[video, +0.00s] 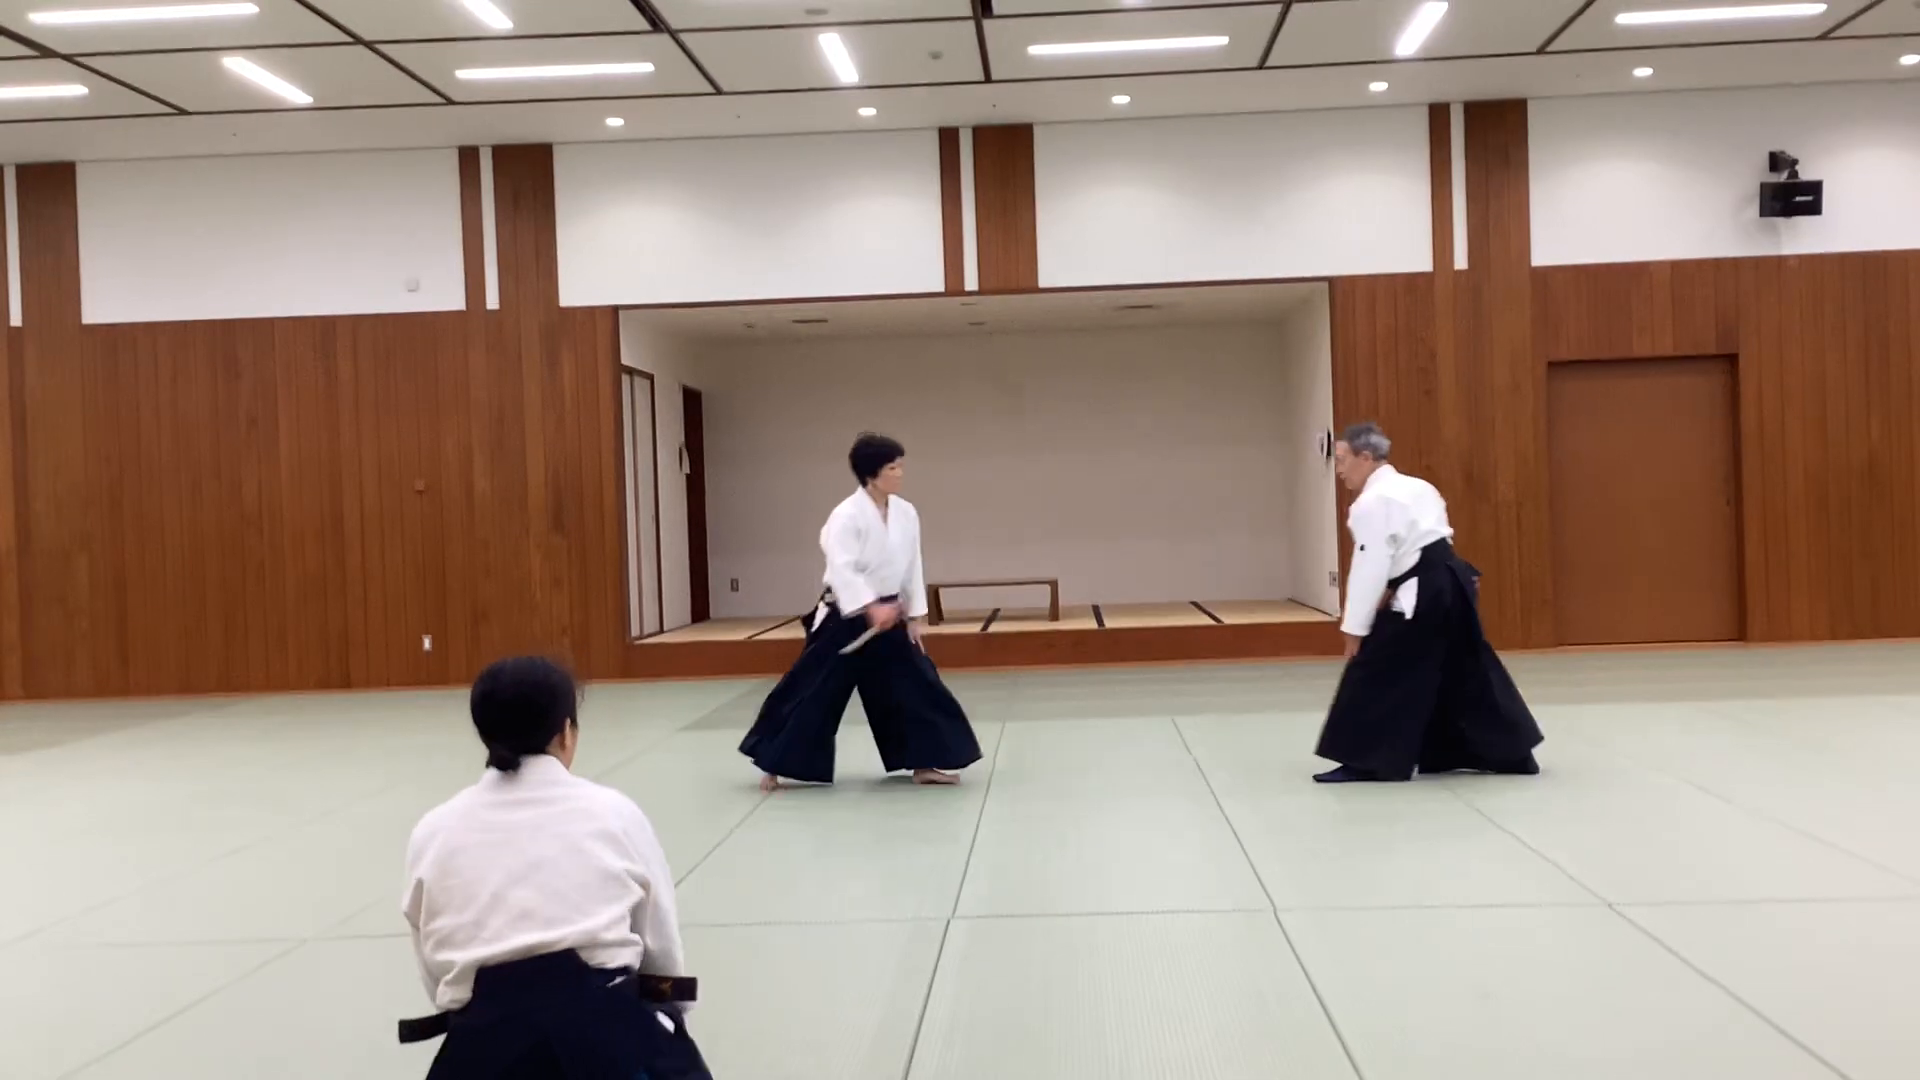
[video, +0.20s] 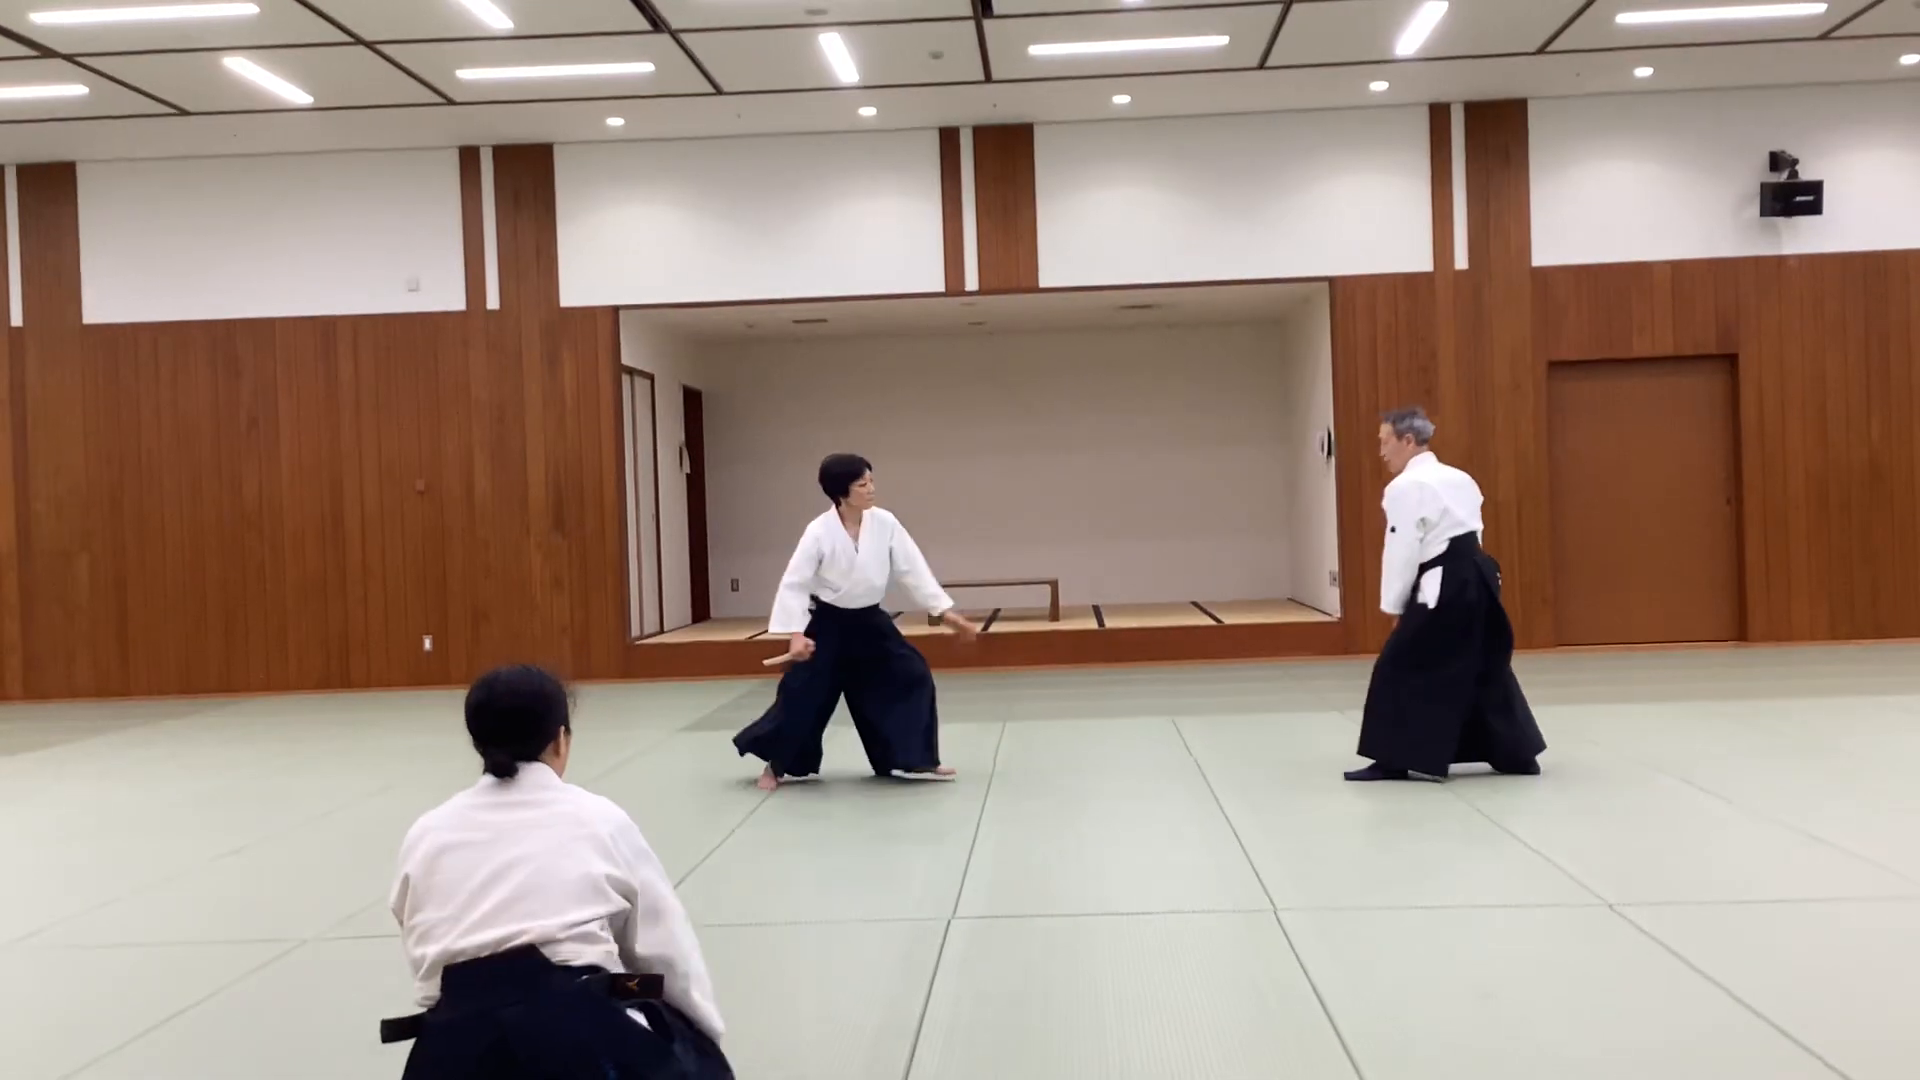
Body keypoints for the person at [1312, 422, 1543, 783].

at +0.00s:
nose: (1338, 468)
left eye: (1342, 458)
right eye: (1337, 459)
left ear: (1367, 458)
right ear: (1377, 458)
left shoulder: (1372, 503)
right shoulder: (1420, 487)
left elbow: (1369, 569)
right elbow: (1438, 542)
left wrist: (1354, 628)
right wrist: (1393, 586)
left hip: (1419, 593)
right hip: (1452, 585)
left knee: (1374, 671)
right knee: (1465, 670)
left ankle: (1366, 761)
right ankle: (1512, 751)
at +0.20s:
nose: (1381, 451)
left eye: (1384, 442)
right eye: (1380, 443)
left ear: (1408, 442)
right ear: (1416, 443)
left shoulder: (1405, 487)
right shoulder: (1461, 478)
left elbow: (1401, 553)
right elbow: (1469, 539)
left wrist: (1393, 606)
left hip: (1443, 587)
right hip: (1478, 583)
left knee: (1395, 666)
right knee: (1485, 665)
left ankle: (1391, 760)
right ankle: (1517, 754)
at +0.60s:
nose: (1377, 452)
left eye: (1382, 443)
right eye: (1377, 444)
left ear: (1405, 443)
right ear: (1417, 444)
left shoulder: (1396, 487)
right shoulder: (1456, 479)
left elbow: (1385, 550)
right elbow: (1480, 531)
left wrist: (1366, 600)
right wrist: (1479, 574)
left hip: (1436, 582)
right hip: (1477, 577)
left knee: (1383, 662)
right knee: (1482, 663)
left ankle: (1376, 759)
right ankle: (1515, 754)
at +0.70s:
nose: (1360, 455)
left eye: (1363, 446)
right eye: (1359, 447)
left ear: (1386, 445)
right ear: (1397, 446)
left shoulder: (1377, 489)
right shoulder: (1433, 478)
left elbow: (1351, 543)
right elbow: (1463, 515)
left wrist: (1316, 574)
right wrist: (1434, 549)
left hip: (1415, 587)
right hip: (1451, 582)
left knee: (1366, 666)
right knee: (1469, 666)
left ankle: (1372, 761)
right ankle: (1516, 752)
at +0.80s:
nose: (1340, 456)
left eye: (1345, 447)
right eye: (1340, 448)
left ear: (1367, 445)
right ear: (1375, 447)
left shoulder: (1359, 481)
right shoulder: (1415, 481)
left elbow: (1313, 511)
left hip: (1392, 584)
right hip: (1424, 579)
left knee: (1357, 668)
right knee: (1433, 669)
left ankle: (1375, 760)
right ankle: (1493, 733)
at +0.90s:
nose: (1321, 451)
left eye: (1326, 444)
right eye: (1322, 444)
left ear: (1351, 444)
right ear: (1353, 446)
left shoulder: (1356, 473)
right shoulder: (1370, 468)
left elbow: (1299, 483)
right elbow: (1308, 478)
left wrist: (1241, 481)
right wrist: (1256, 477)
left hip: (1377, 581)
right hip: (1392, 576)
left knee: (1358, 670)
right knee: (1397, 664)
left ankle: (1375, 762)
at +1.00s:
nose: (1306, 447)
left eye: (1312, 440)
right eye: (1306, 440)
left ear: (1334, 440)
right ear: (1333, 440)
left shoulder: (1342, 465)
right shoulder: (1329, 464)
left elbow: (1284, 463)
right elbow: (1309, 475)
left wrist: (1222, 456)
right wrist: (1293, 454)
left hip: (1369, 580)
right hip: (1348, 579)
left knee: (1363, 671)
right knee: (1316, 661)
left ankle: (1371, 763)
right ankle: (1336, 748)